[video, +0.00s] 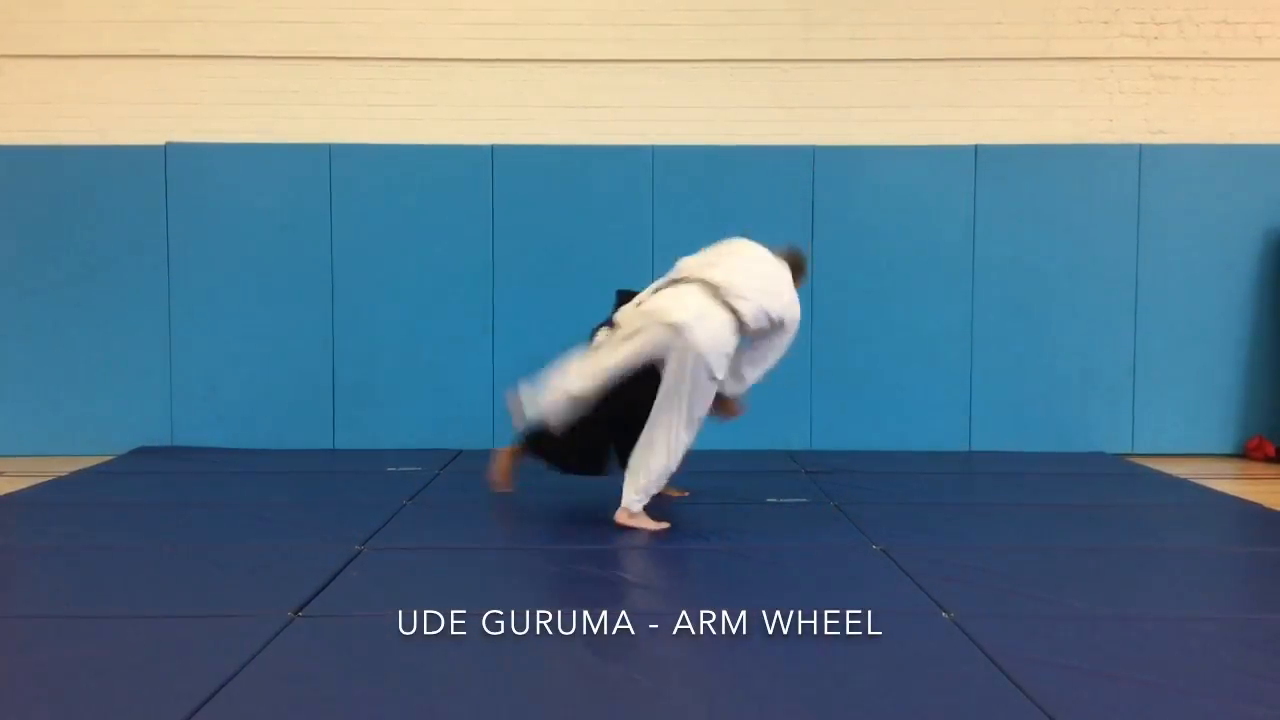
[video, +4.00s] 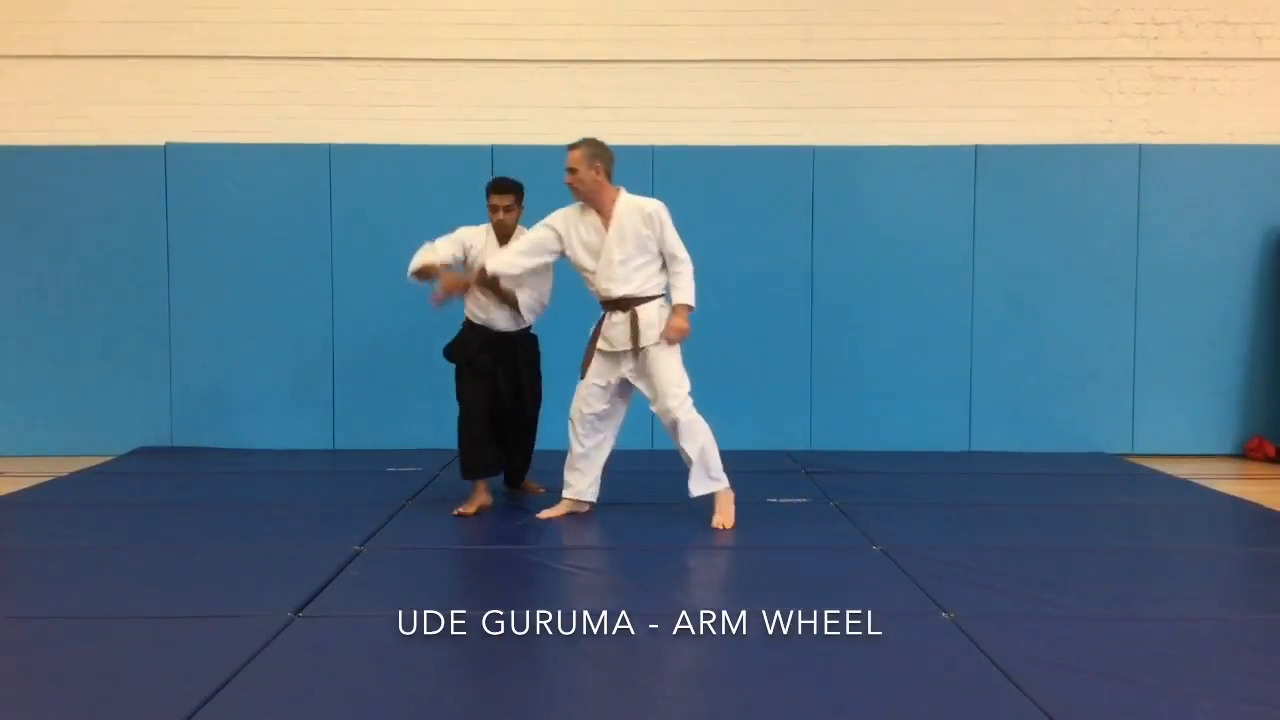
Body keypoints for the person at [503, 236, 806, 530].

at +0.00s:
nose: (794, 289)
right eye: (798, 284)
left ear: (774, 253)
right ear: (797, 279)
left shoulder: (739, 246)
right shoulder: (790, 307)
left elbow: (683, 269)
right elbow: (749, 365)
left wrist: (641, 302)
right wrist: (728, 395)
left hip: (671, 304)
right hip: (710, 339)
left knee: (600, 362)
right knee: (673, 423)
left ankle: (538, 403)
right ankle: (632, 507)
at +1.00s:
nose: (629, 227)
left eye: (634, 221)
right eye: (623, 220)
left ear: (638, 222)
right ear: (605, 218)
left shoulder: (640, 257)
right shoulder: (577, 255)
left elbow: (645, 312)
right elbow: (560, 312)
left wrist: (637, 362)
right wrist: (561, 365)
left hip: (613, 350)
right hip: (575, 346)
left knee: (647, 400)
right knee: (552, 415)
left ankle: (652, 482)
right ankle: (485, 465)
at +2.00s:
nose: (460, 188)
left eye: (460, 181)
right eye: (453, 181)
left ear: (440, 188)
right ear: (430, 186)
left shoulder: (447, 233)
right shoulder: (411, 227)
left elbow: (474, 282)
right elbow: (429, 281)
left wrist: (508, 268)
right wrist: (460, 267)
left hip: (449, 328)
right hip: (419, 327)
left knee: (463, 405)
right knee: (392, 407)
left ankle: (455, 491)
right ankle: (350, 493)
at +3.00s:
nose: (429, 189)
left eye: (428, 183)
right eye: (423, 182)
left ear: (406, 187)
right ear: (398, 185)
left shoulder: (419, 229)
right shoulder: (375, 229)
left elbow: (453, 267)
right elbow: (395, 284)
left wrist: (490, 249)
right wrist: (429, 263)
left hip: (426, 331)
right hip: (390, 332)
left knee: (441, 411)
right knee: (371, 417)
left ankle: (451, 492)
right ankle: (343, 504)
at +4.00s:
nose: (500, 216)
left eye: (507, 209)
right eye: (494, 209)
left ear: (520, 209)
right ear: (487, 209)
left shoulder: (535, 250)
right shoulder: (469, 238)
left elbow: (530, 307)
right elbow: (420, 263)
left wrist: (485, 283)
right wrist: (442, 272)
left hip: (518, 345)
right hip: (476, 343)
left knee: (520, 413)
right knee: (474, 417)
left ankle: (517, 479)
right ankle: (481, 490)